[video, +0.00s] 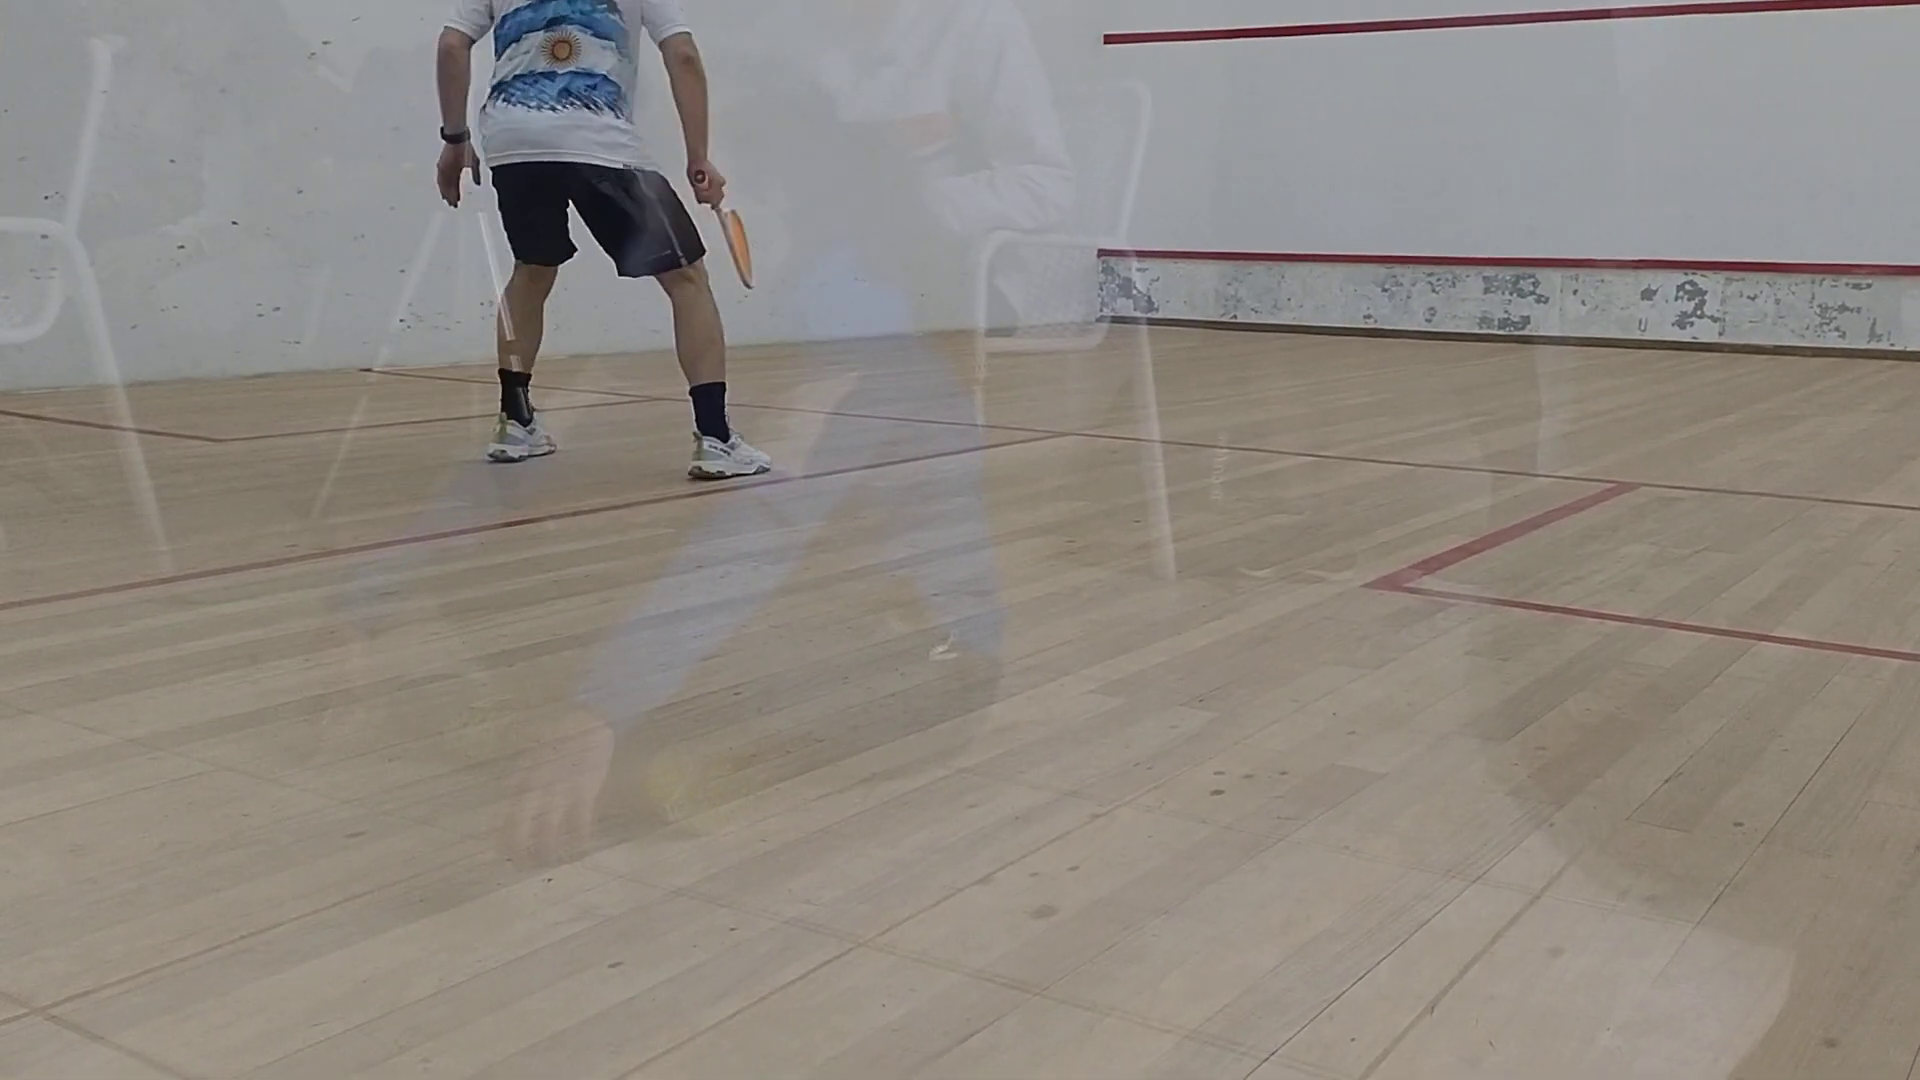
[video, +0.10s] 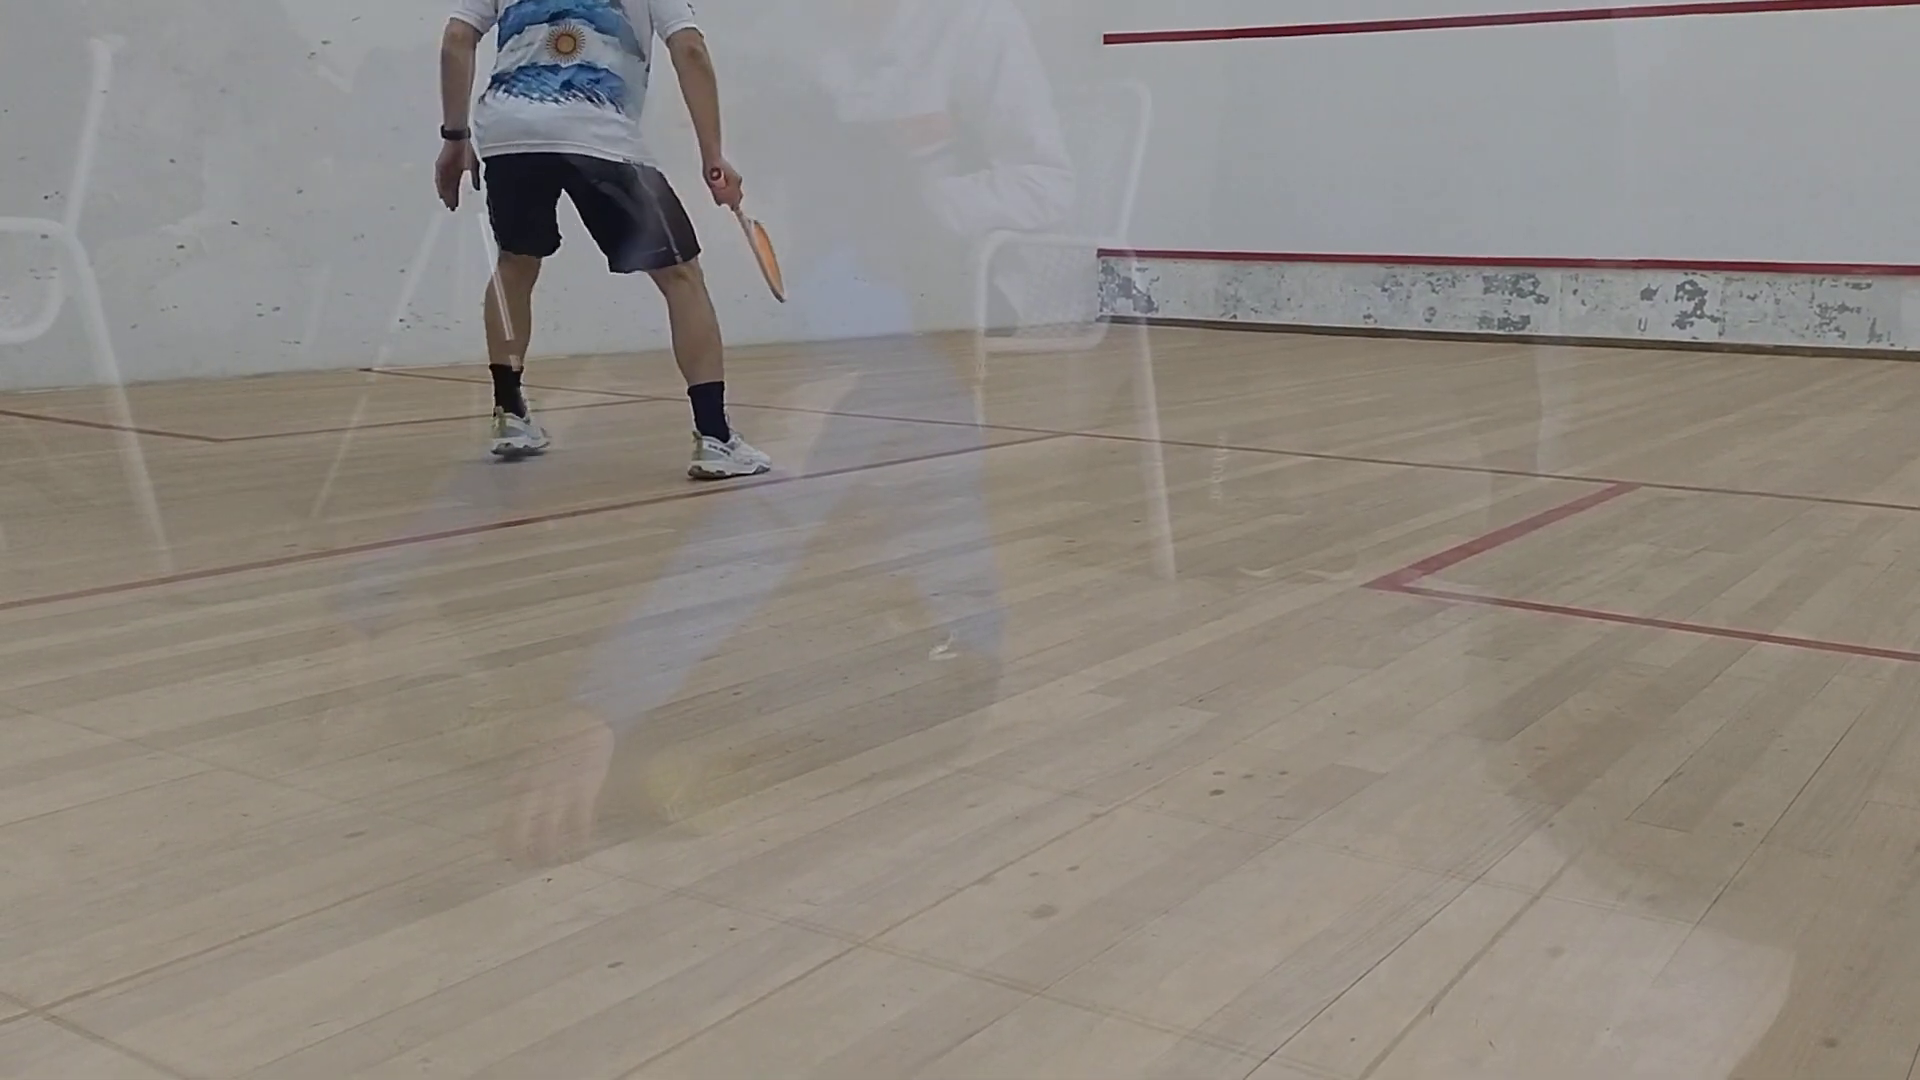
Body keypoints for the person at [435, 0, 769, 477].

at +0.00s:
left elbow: (452, 41)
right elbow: (683, 54)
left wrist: (455, 136)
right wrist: (698, 157)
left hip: (510, 143)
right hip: (597, 139)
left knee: (532, 270)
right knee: (686, 280)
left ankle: (515, 423)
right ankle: (715, 439)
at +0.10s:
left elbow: (456, 34)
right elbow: (690, 48)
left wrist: (455, 134)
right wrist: (712, 154)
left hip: (506, 137)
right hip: (599, 136)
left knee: (515, 263)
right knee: (681, 278)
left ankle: (509, 416)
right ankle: (714, 437)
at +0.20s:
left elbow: (446, 39)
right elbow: (684, 52)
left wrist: (441, 142)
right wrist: (711, 159)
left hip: (493, 141)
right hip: (589, 141)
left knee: (495, 258)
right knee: (676, 279)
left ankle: (476, 412)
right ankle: (714, 436)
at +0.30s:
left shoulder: (471, 5)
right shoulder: (617, 4)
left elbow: (411, 63)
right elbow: (659, 69)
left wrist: (401, 160)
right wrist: (691, 174)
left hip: (481, 165)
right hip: (579, 161)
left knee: (463, 269)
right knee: (676, 286)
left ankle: (434, 415)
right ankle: (714, 434)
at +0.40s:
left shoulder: (402, 4)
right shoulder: (553, 1)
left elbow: (338, 65)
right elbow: (598, 63)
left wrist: (333, 151)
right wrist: (630, 162)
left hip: (438, 170)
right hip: (538, 164)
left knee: (425, 281)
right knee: (640, 290)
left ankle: (424, 424)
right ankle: (712, 428)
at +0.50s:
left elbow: (258, 17)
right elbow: (525, 35)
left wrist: (261, 106)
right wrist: (535, 126)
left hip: (365, 147)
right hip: (462, 134)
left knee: (389, 275)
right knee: (554, 271)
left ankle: (416, 420)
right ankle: (617, 413)